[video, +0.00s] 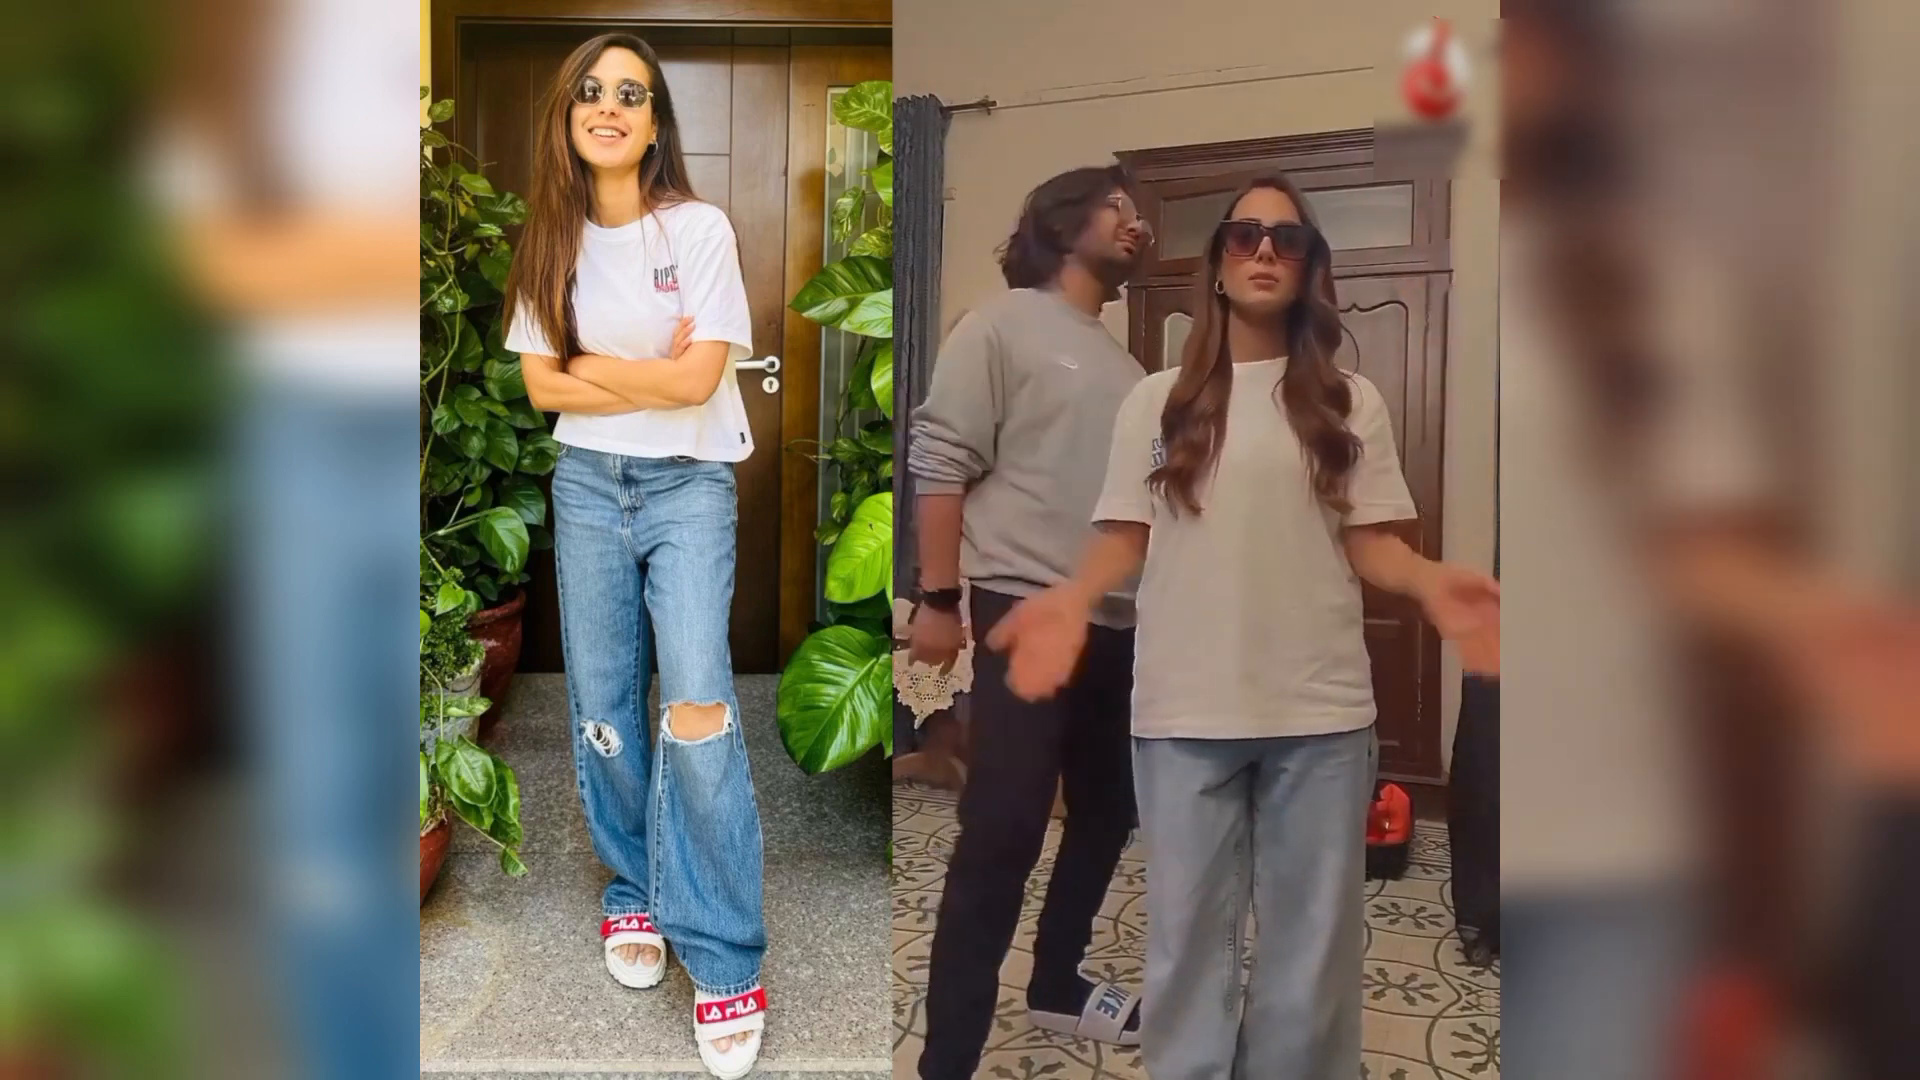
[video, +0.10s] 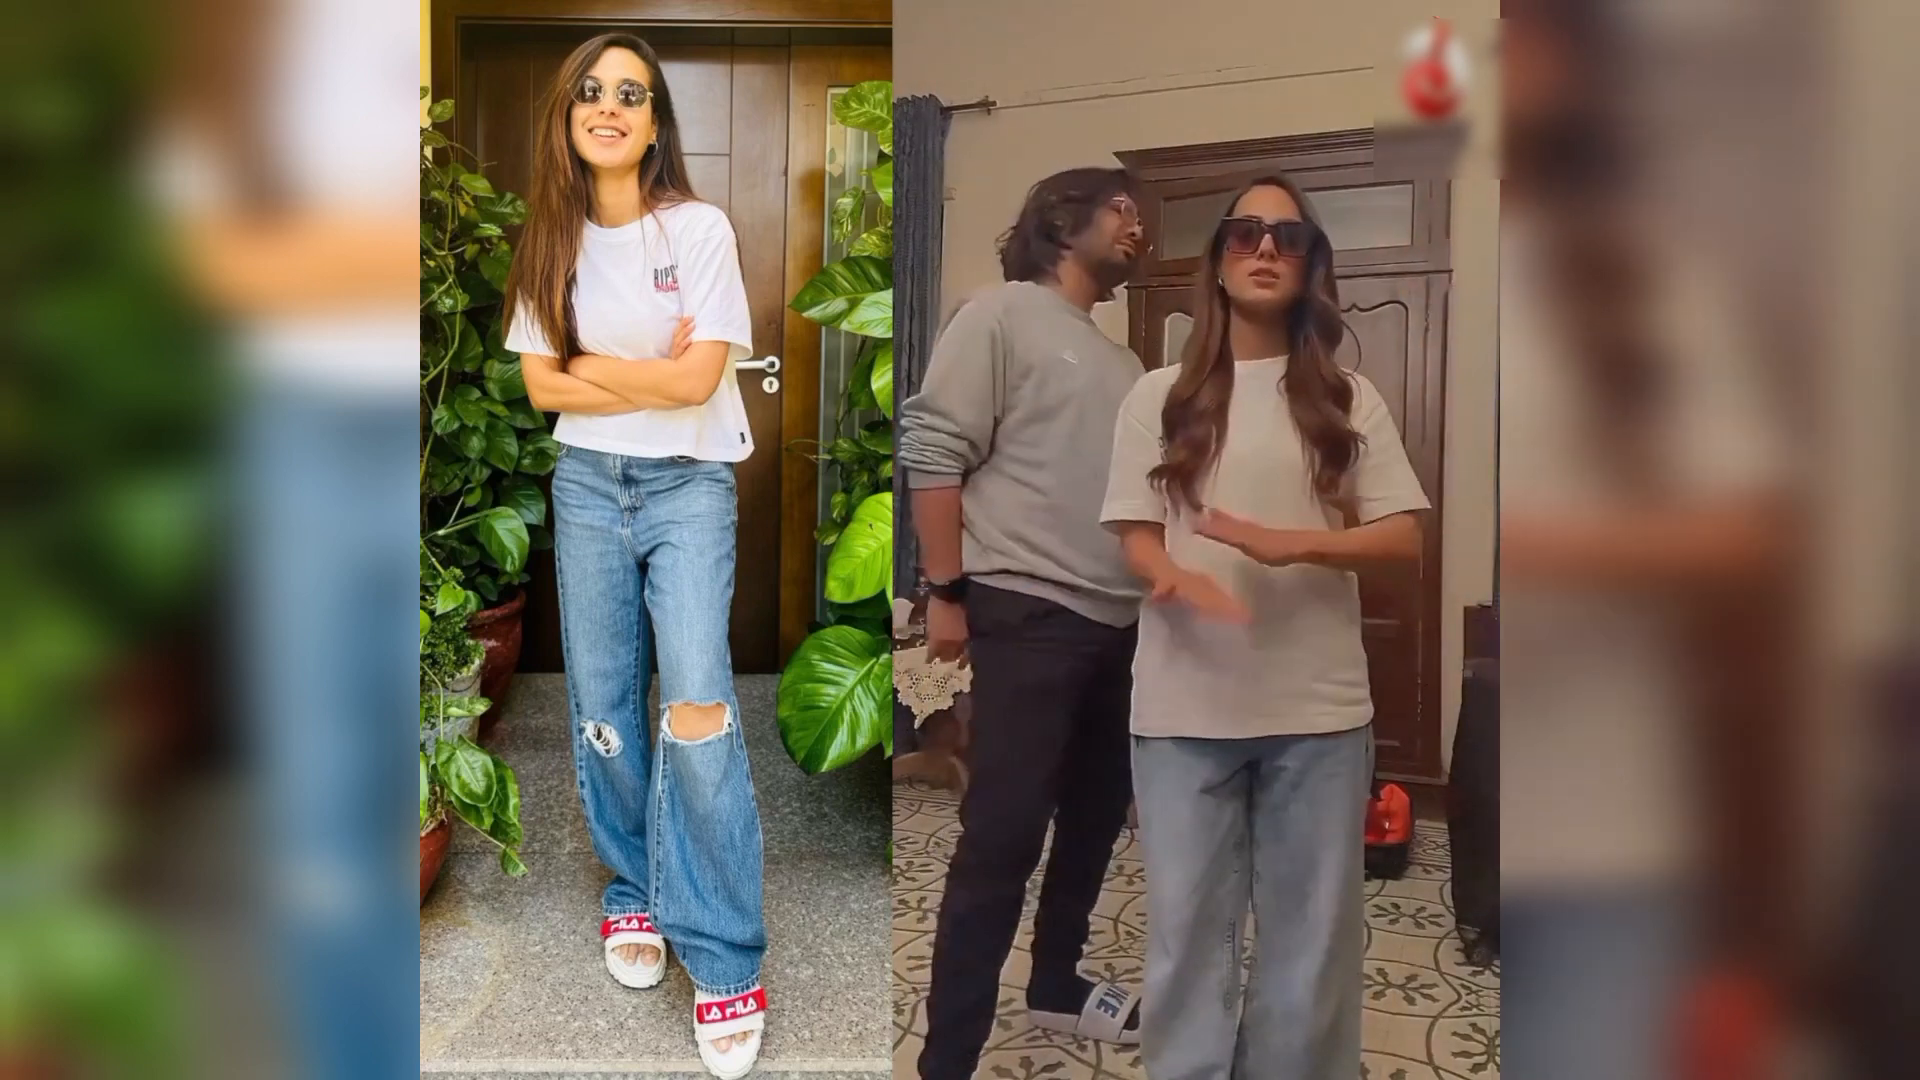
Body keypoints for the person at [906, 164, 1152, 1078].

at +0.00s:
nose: (1137, 225)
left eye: (1136, 213)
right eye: (1115, 210)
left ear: (1128, 238)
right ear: (1063, 226)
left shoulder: (1121, 355)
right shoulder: (996, 326)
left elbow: (1129, 487)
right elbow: (941, 464)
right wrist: (938, 597)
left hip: (1112, 614)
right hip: (1020, 606)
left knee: (1105, 812)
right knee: (1002, 830)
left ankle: (1056, 991)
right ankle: (948, 1061)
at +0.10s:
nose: (1139, 227)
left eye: (1139, 216)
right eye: (1120, 212)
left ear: (1116, 238)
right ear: (1065, 223)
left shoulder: (1119, 356)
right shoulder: (997, 314)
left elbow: (1130, 485)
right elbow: (932, 451)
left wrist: (1155, 586)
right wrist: (943, 588)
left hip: (1114, 618)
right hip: (1023, 610)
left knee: (1093, 817)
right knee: (1001, 837)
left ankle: (1056, 991)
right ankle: (948, 1059)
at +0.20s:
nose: (1135, 232)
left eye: (1137, 221)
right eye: (1120, 216)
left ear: (1126, 244)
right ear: (1065, 224)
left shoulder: (1128, 348)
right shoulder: (998, 311)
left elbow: (1199, 402)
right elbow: (934, 450)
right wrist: (941, 593)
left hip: (1119, 619)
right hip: (1023, 612)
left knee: (1091, 817)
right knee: (999, 838)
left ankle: (1056, 993)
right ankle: (947, 1062)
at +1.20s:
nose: (1122, 241)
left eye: (1136, 236)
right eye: (1108, 221)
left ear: (1140, 260)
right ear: (1067, 225)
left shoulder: (1144, 348)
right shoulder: (996, 318)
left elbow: (1236, 310)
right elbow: (940, 451)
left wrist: (1235, 192)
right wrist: (947, 592)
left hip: (1126, 616)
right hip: (1023, 604)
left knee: (1106, 820)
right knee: (1001, 837)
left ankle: (1056, 989)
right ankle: (942, 1062)